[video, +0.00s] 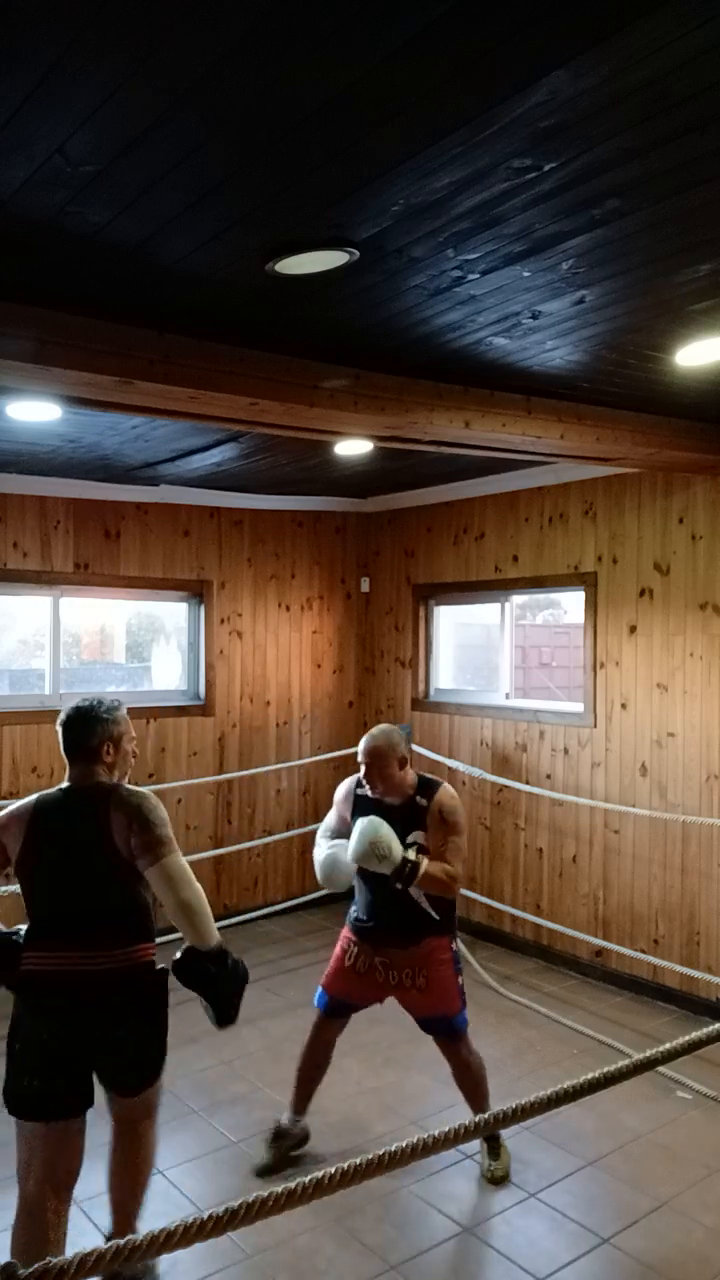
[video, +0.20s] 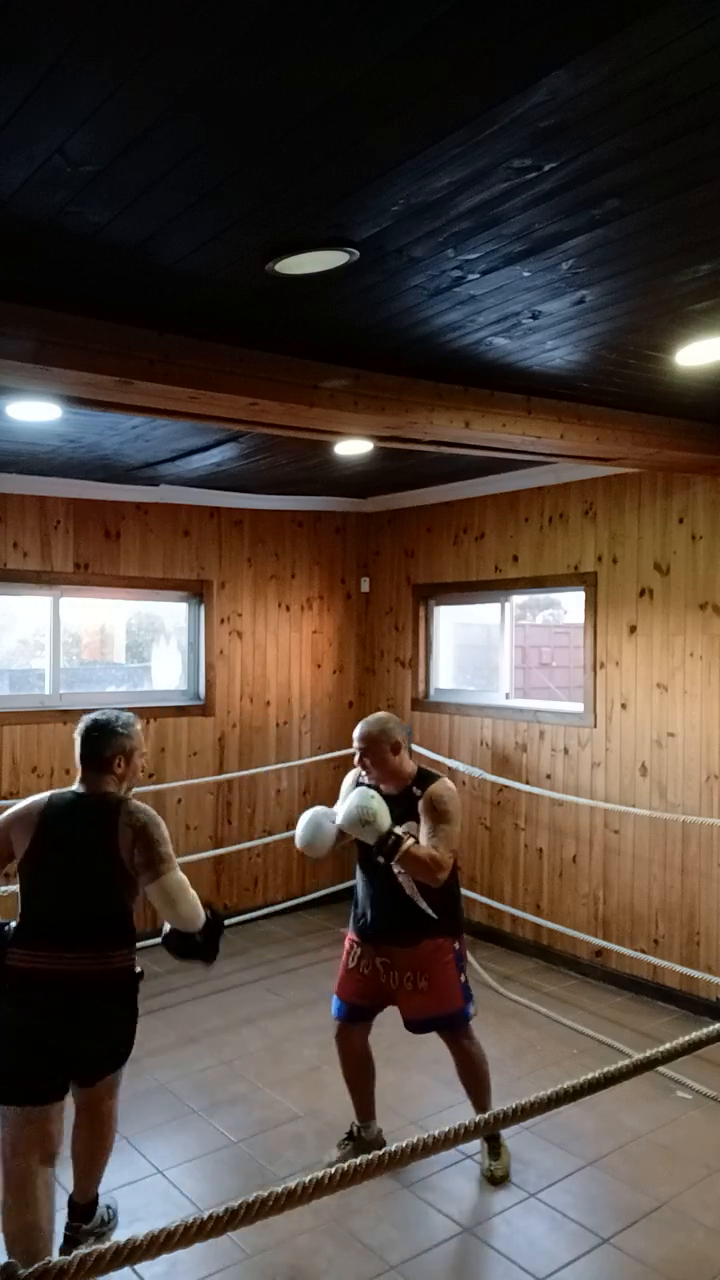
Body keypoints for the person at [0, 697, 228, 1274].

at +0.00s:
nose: (135, 750)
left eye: (133, 739)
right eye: (130, 740)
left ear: (69, 753)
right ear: (110, 749)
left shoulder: (20, 818)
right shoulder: (135, 810)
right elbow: (183, 896)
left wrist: (4, 946)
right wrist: (212, 958)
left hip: (45, 1002)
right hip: (128, 1001)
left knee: (44, 1181)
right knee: (133, 1123)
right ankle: (122, 1248)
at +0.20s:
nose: (139, 767)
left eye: (136, 757)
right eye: (137, 758)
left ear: (79, 758)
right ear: (123, 762)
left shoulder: (28, 815)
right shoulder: (138, 824)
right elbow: (186, 914)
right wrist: (198, 921)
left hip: (30, 992)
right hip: (104, 994)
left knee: (28, 1149)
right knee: (96, 1096)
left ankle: (31, 1274)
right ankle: (83, 1217)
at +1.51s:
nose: (128, 743)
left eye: (131, 734)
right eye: (124, 733)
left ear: (122, 736)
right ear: (102, 731)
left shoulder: (112, 778)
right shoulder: (72, 774)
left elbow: (110, 837)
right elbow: (42, 787)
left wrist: (135, 868)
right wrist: (85, 740)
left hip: (90, 900)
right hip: (69, 902)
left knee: (72, 986)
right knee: (104, 1012)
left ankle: (43, 1065)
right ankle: (84, 1127)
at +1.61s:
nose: (118, 739)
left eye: (121, 731)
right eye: (112, 731)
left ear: (117, 732)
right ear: (92, 728)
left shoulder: (111, 772)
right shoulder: (62, 772)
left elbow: (125, 814)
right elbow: (30, 793)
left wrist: (145, 859)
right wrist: (69, 751)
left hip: (95, 897)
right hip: (62, 899)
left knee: (69, 991)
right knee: (98, 1005)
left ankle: (39, 1068)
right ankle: (82, 1122)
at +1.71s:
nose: (110, 733)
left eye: (116, 724)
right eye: (102, 722)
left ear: (121, 726)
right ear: (84, 721)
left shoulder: (113, 766)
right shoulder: (62, 765)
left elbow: (125, 805)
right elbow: (32, 788)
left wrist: (152, 847)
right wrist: (78, 749)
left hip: (96, 893)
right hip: (58, 893)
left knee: (67, 987)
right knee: (94, 991)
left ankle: (39, 1068)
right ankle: (74, 1108)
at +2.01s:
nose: (126, 737)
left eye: (133, 730)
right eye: (119, 728)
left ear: (138, 731)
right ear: (99, 723)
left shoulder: (122, 771)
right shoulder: (71, 758)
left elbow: (125, 819)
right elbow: (57, 794)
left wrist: (144, 862)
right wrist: (108, 755)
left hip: (98, 887)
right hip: (60, 889)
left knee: (79, 982)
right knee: (87, 992)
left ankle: (44, 1063)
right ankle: (62, 1100)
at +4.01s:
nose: (136, 728)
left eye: (138, 723)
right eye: (130, 719)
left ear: (134, 724)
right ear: (104, 715)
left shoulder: (133, 752)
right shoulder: (78, 750)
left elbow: (152, 780)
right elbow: (35, 760)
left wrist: (116, 730)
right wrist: (61, 711)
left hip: (124, 872)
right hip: (80, 876)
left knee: (117, 965)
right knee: (87, 984)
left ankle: (94, 1037)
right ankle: (64, 1085)